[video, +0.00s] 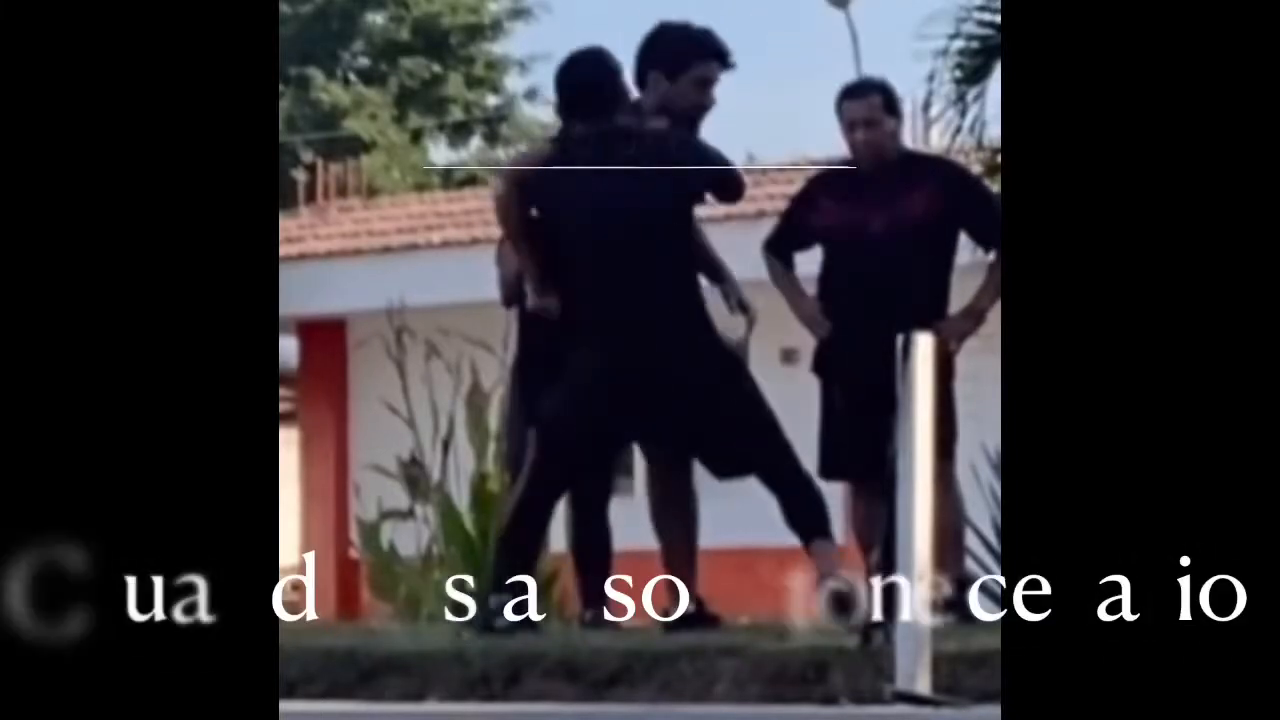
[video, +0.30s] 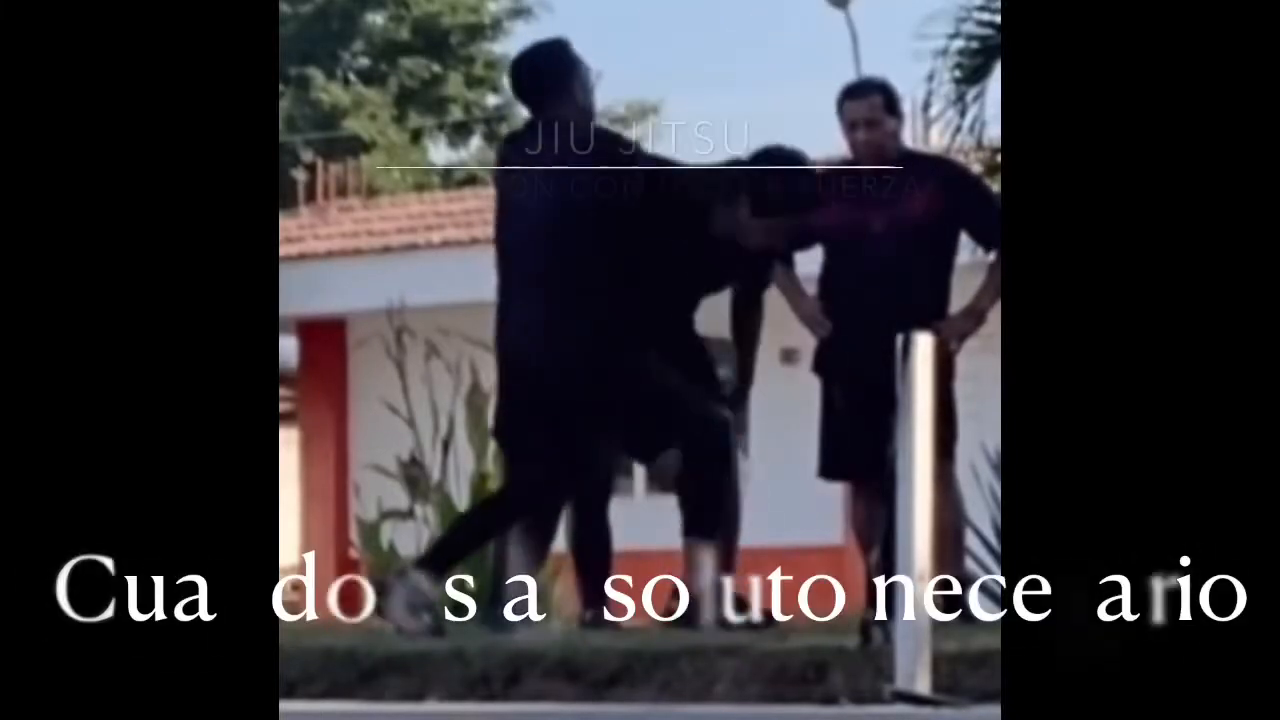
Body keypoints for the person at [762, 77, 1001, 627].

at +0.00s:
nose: (862, 137)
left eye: (872, 124)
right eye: (852, 127)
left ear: (897, 123)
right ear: (841, 132)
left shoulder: (942, 179)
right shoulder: (827, 189)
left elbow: (1000, 242)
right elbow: (775, 252)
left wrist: (971, 315)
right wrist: (813, 319)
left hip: (921, 351)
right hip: (850, 351)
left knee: (933, 476)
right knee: (865, 482)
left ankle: (949, 586)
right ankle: (879, 594)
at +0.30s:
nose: (864, 135)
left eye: (873, 122)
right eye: (853, 126)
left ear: (897, 121)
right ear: (843, 131)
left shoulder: (941, 178)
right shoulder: (828, 187)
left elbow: (1000, 242)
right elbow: (775, 249)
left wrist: (973, 314)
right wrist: (808, 311)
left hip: (922, 348)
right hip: (850, 349)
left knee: (932, 475)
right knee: (865, 481)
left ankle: (948, 597)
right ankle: (877, 605)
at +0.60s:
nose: (865, 136)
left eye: (874, 123)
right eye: (854, 127)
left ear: (899, 122)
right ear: (843, 131)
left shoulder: (943, 179)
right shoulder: (830, 187)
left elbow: (1002, 243)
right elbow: (776, 250)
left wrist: (973, 316)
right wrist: (812, 315)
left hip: (922, 348)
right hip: (851, 347)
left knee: (933, 474)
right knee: (867, 481)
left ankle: (950, 597)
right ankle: (878, 606)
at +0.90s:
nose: (866, 136)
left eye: (875, 124)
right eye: (856, 127)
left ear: (900, 122)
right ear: (845, 131)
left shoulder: (946, 179)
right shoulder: (831, 187)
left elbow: (1003, 246)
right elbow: (778, 251)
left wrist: (974, 317)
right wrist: (816, 320)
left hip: (923, 353)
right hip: (850, 351)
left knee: (932, 475)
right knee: (855, 479)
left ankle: (948, 588)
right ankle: (881, 592)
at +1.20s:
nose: (868, 138)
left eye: (877, 125)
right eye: (858, 128)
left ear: (903, 123)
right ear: (847, 131)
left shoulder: (947, 180)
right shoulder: (831, 187)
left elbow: (1003, 246)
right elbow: (778, 250)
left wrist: (974, 317)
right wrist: (815, 318)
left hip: (924, 354)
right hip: (852, 353)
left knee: (934, 478)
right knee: (866, 484)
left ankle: (948, 594)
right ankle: (878, 602)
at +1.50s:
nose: (870, 139)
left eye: (880, 127)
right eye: (860, 129)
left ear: (905, 124)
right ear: (849, 133)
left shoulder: (949, 181)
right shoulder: (832, 188)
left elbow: (1004, 248)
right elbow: (778, 249)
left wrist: (975, 318)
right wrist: (815, 317)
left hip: (925, 357)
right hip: (852, 355)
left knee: (933, 480)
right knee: (863, 484)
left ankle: (946, 597)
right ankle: (876, 603)